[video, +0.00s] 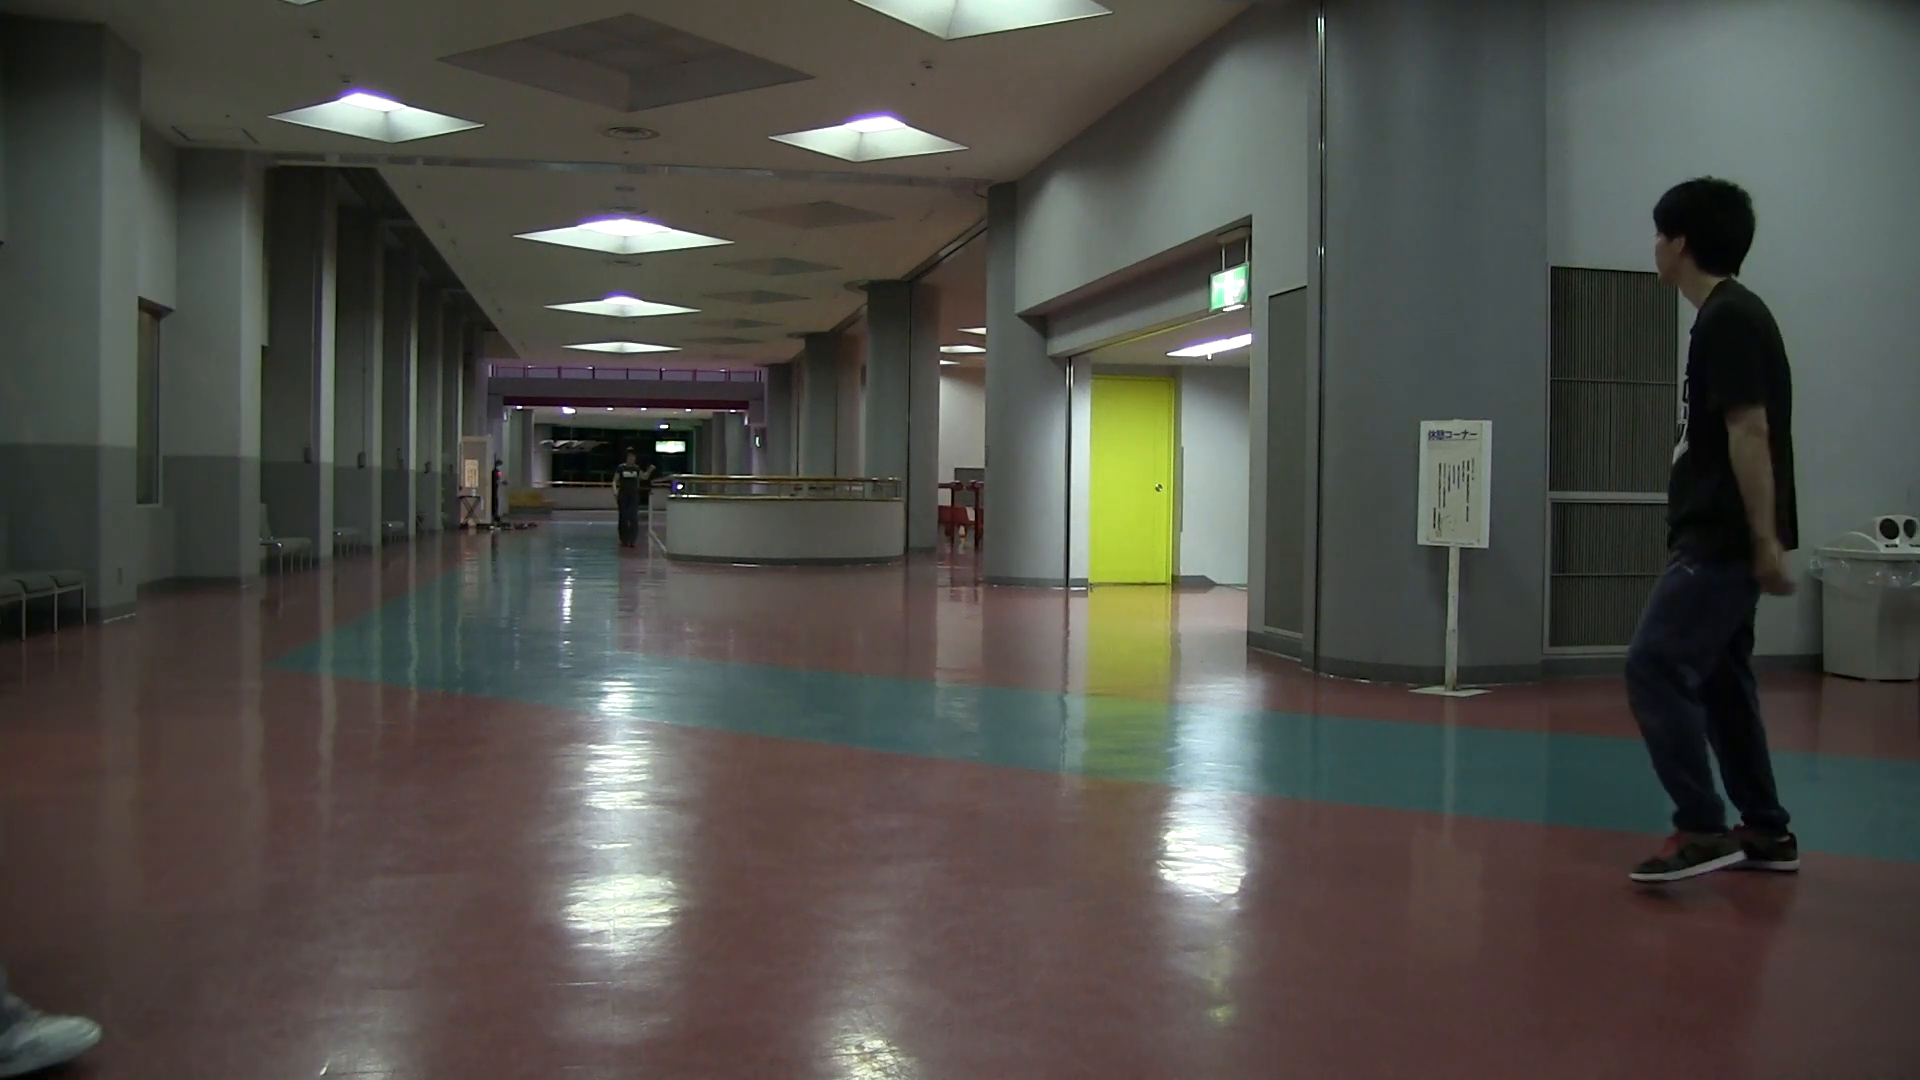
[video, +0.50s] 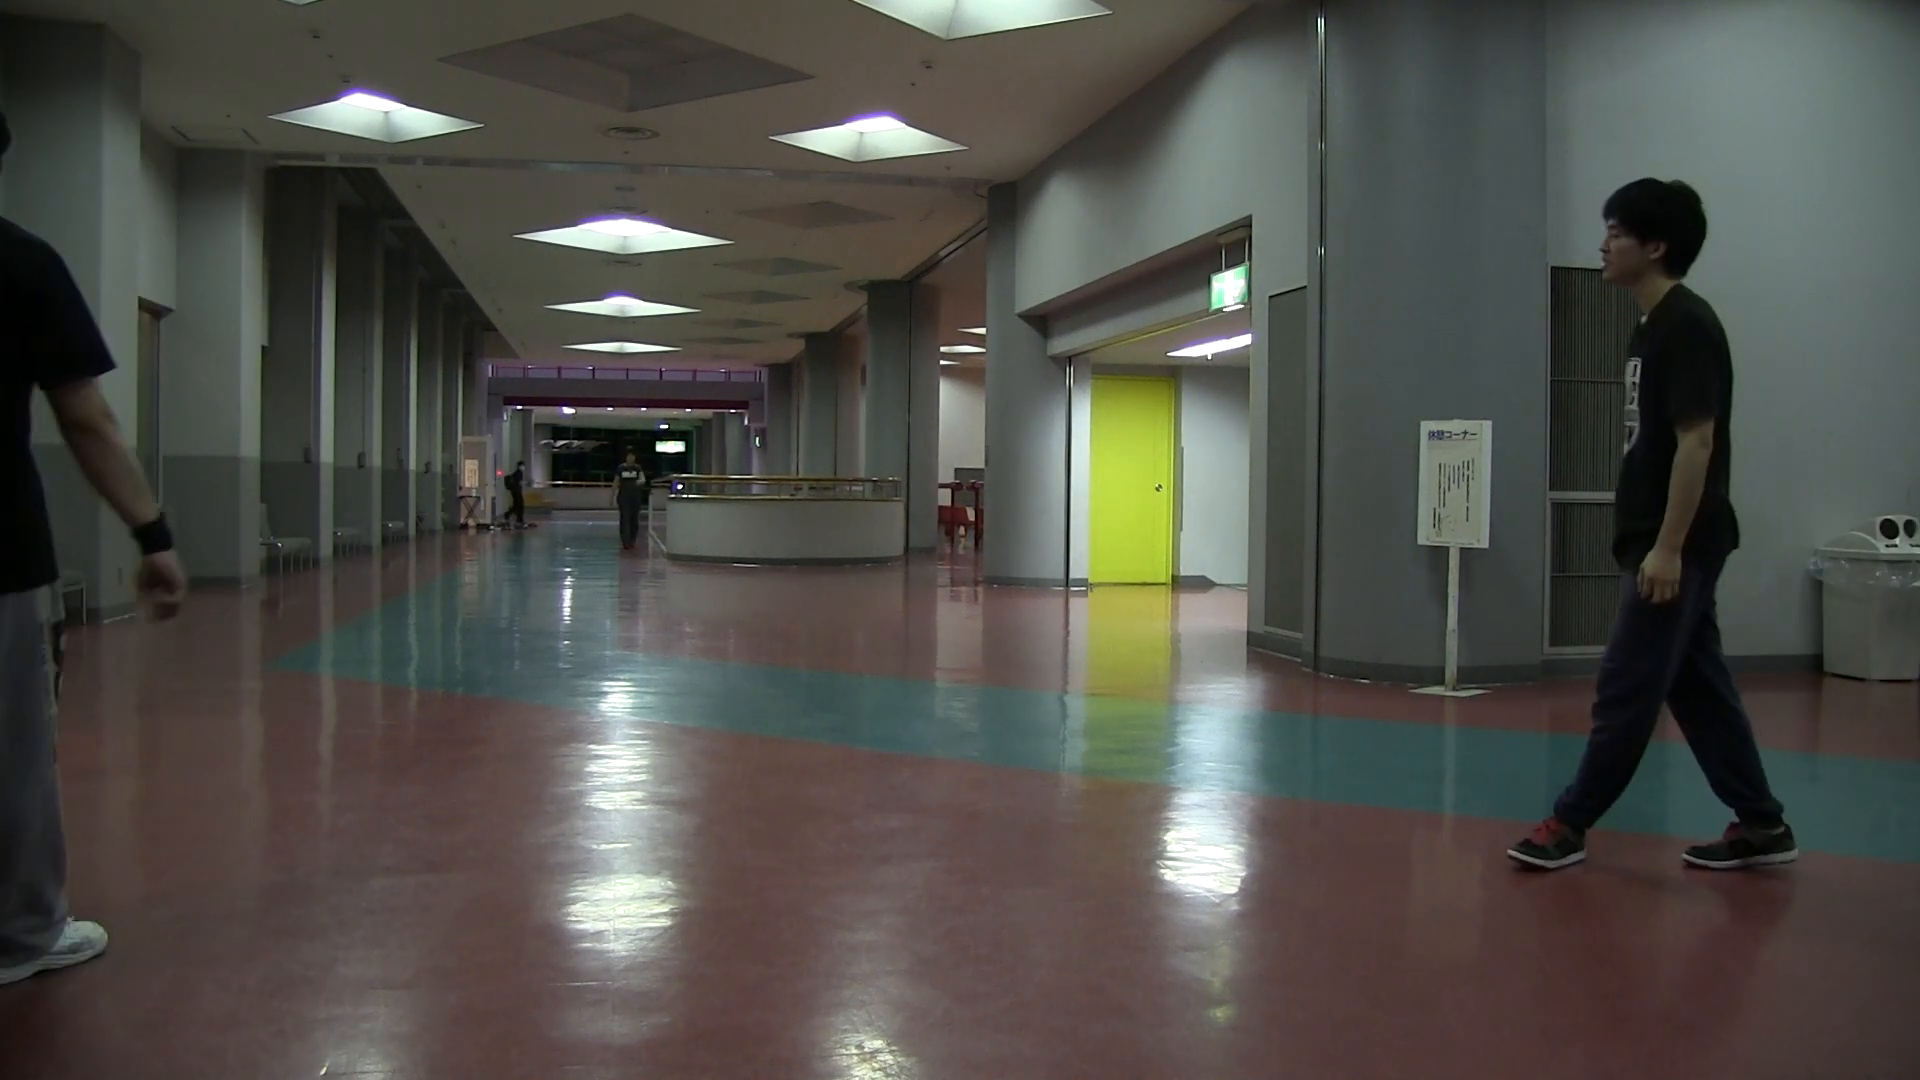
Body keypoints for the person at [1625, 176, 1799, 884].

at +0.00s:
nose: (1654, 251)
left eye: (1658, 238)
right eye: (1656, 237)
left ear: (1681, 245)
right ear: (1715, 247)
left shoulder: (1730, 320)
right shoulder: (1727, 316)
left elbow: (1749, 432)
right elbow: (1735, 434)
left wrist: (1766, 539)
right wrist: (1707, 533)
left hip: (1718, 542)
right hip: (1719, 538)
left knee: (1654, 671)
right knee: (1723, 680)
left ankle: (1702, 832)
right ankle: (1766, 832)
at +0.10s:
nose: (1655, 246)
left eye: (1660, 234)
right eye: (1658, 233)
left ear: (1684, 242)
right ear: (1719, 242)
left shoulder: (1728, 318)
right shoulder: (1729, 314)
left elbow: (1733, 432)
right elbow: (1727, 435)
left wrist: (1737, 536)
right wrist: (1704, 530)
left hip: (1713, 540)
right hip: (1719, 535)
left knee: (1644, 669)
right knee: (1721, 684)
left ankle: (1667, 827)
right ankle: (1764, 828)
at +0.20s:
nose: (1649, 245)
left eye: (1654, 232)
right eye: (1653, 232)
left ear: (1676, 241)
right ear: (1708, 242)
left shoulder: (1721, 317)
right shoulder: (1717, 315)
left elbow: (1727, 429)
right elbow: (1717, 432)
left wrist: (1716, 536)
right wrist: (1697, 531)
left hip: (1710, 542)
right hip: (1715, 540)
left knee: (1639, 674)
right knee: (1726, 689)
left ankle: (1623, 824)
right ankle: (1766, 830)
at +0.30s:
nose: (1636, 245)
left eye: (1642, 233)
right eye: (1640, 232)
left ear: (1667, 243)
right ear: (1691, 244)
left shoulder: (1710, 317)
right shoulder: (1705, 315)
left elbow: (1721, 432)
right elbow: (1712, 433)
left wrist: (1700, 538)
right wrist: (1682, 530)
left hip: (1707, 541)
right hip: (1711, 539)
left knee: (1639, 677)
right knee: (1722, 688)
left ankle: (1586, 821)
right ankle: (1765, 830)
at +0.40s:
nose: (1617, 247)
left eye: (1627, 235)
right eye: (1621, 235)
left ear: (1657, 246)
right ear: (1666, 246)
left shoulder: (1699, 322)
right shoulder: (1680, 322)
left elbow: (1710, 438)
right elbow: (1690, 439)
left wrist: (1681, 544)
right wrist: (1665, 534)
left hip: (1698, 546)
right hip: (1693, 545)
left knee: (1635, 686)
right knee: (1714, 690)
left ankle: (1571, 824)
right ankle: (1764, 828)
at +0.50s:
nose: (1604, 247)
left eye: (1616, 235)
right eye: (1607, 233)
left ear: (1656, 245)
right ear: (1647, 248)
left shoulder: (1686, 323)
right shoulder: (1654, 324)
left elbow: (1697, 442)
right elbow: (1659, 439)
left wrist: (1669, 547)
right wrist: (1643, 535)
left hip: (1679, 544)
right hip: (1661, 540)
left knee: (1625, 689)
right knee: (1698, 687)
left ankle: (1568, 827)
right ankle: (1761, 823)